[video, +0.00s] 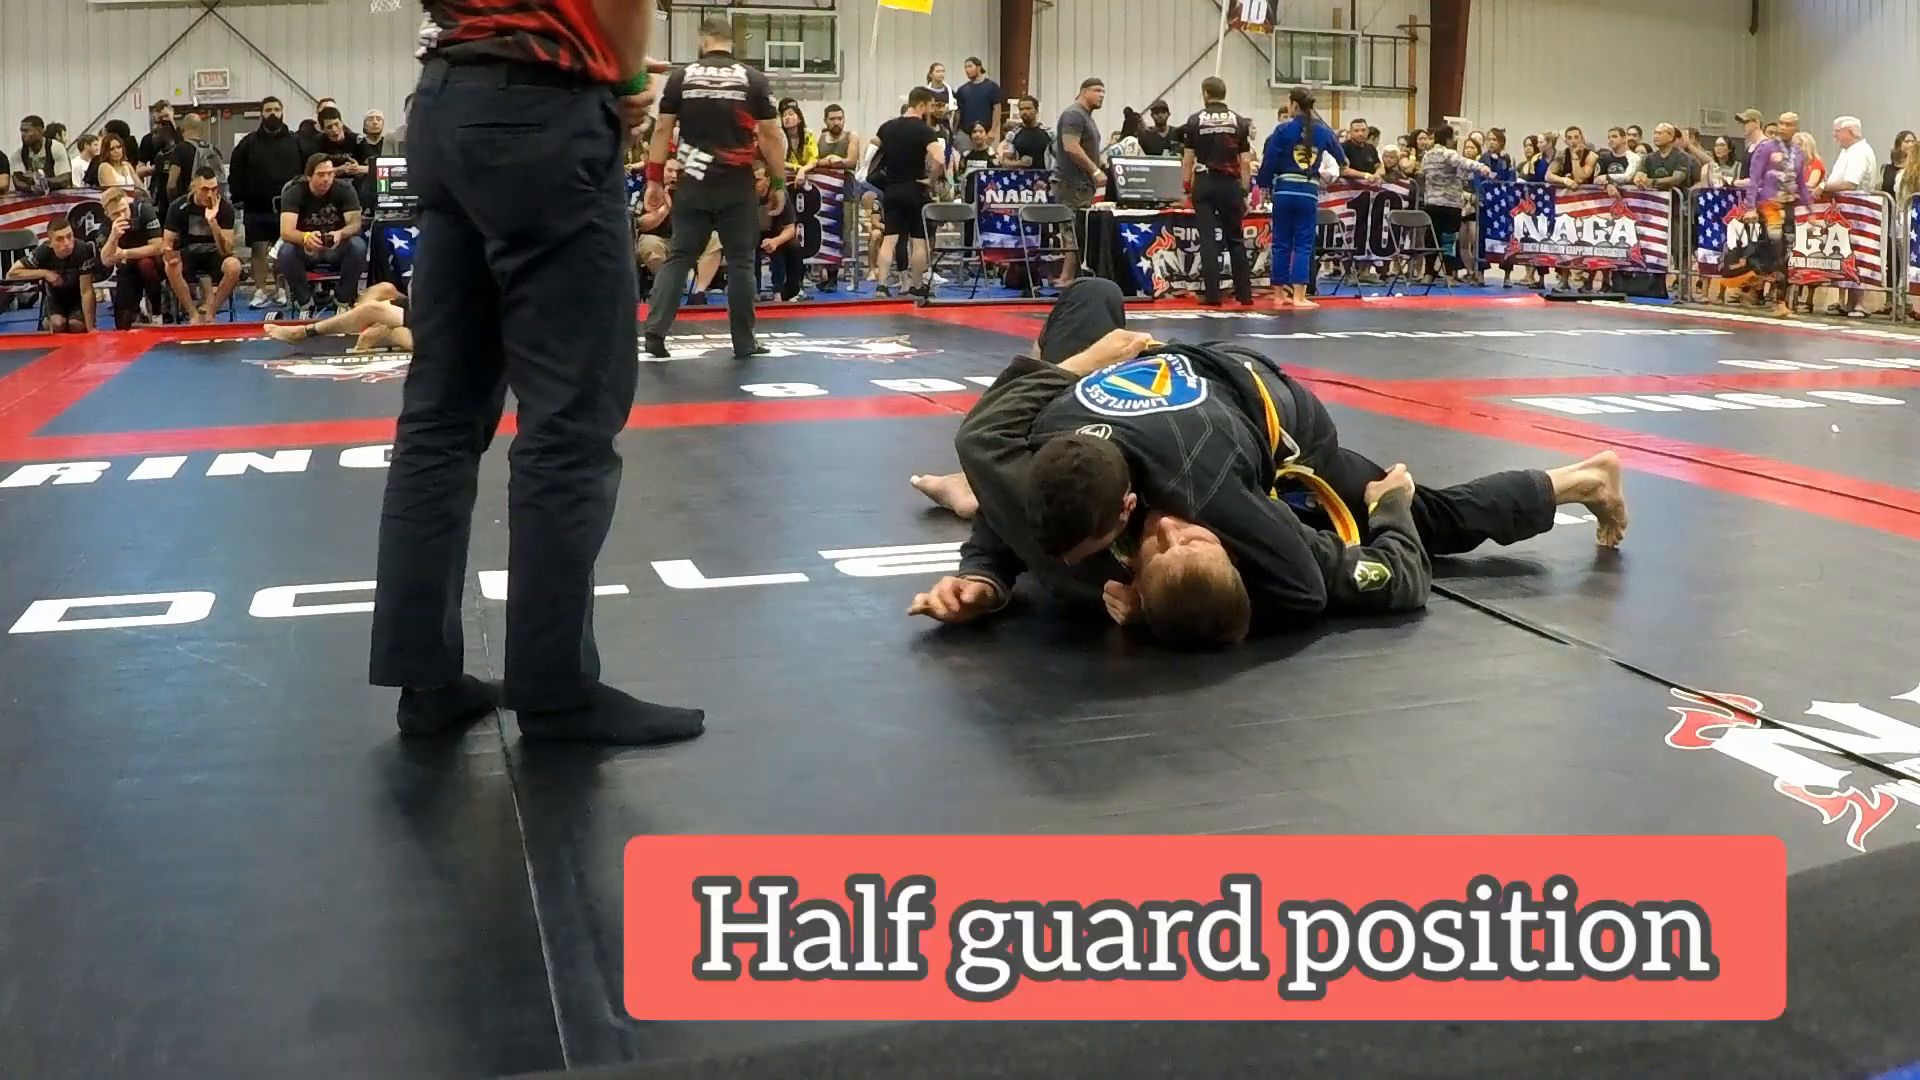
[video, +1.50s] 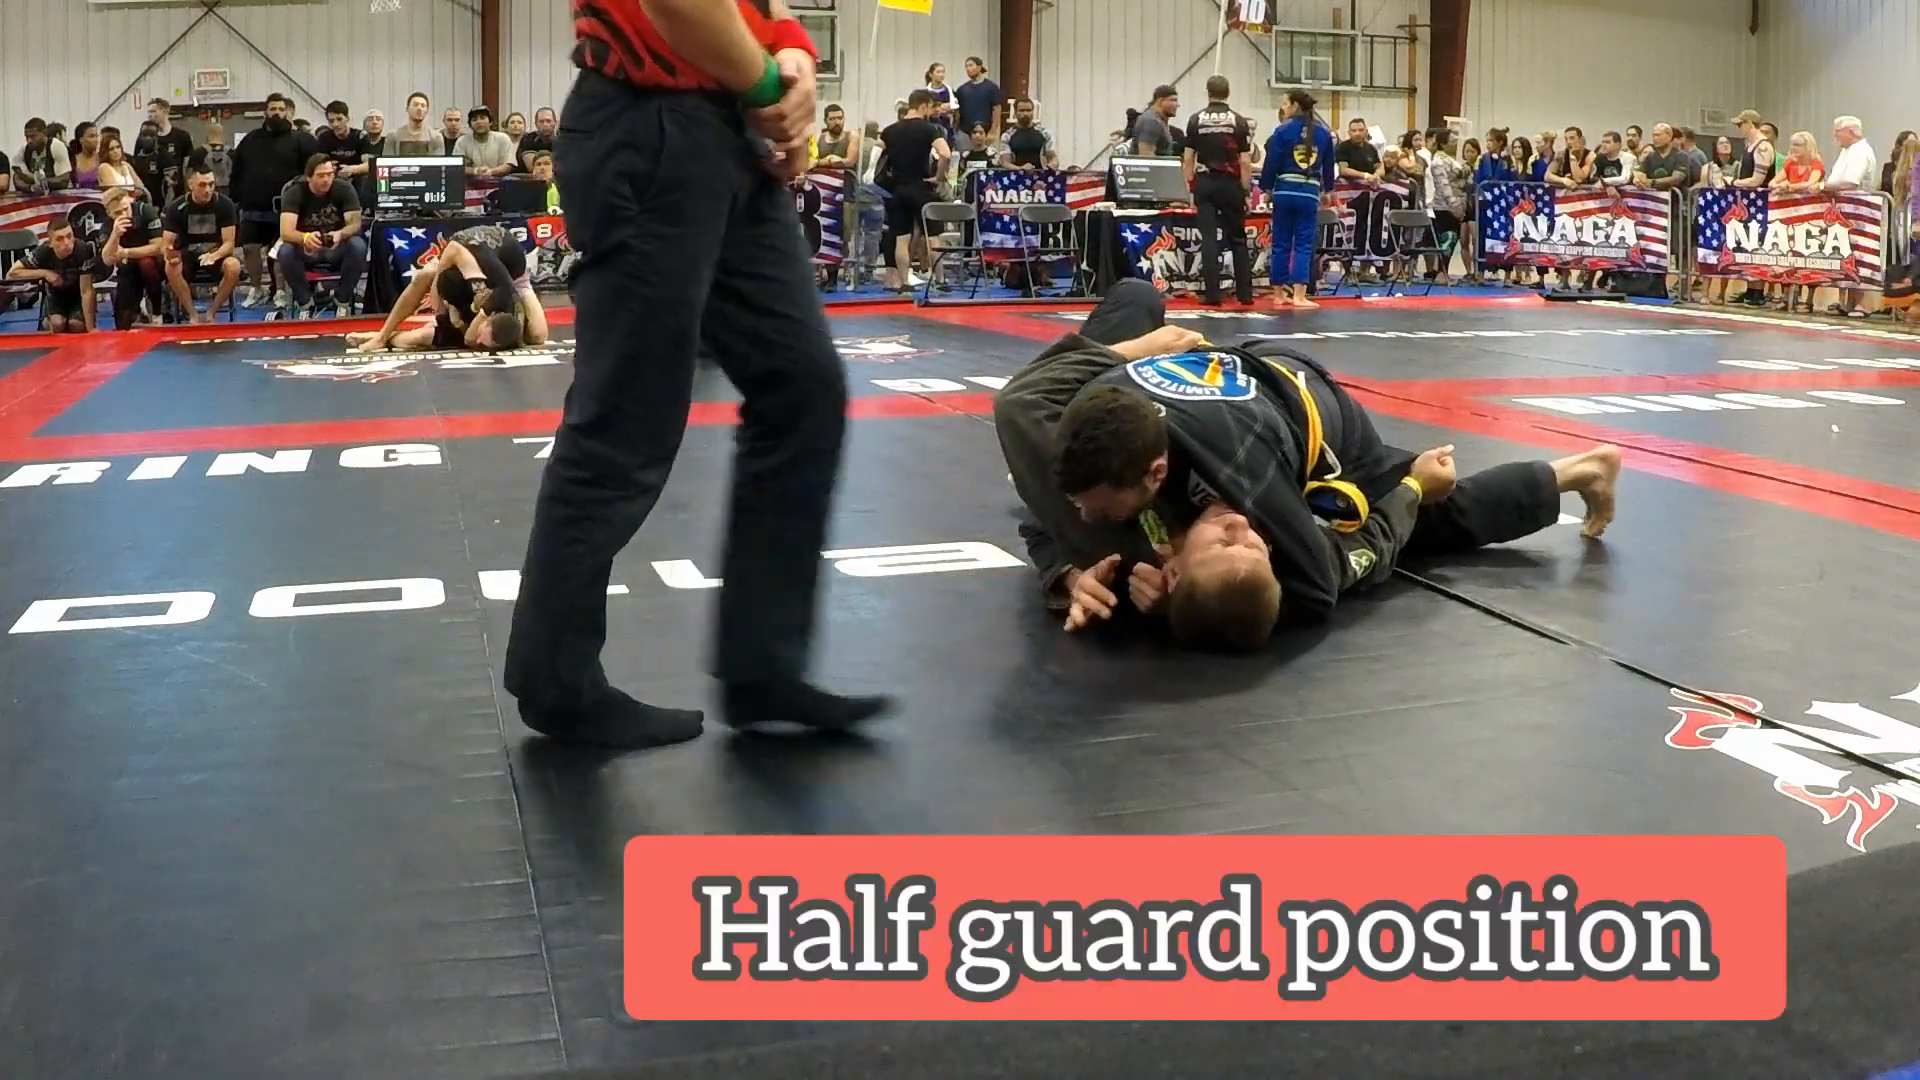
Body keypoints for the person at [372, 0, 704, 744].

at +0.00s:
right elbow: (622, 6)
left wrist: (607, 78)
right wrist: (629, 77)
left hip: (448, 96)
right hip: (548, 108)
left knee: (442, 418)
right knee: (571, 423)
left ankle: (428, 683)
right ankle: (556, 690)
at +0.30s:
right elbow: (660, 6)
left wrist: (665, 85)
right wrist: (681, 78)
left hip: (498, 95)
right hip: (595, 110)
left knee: (480, 414)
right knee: (592, 428)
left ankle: (431, 677)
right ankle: (559, 692)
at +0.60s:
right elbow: (681, 8)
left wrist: (699, 79)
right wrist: (715, 79)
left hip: (534, 98)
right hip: (620, 115)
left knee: (528, 401)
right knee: (611, 422)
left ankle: (440, 657)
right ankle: (559, 689)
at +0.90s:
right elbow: (673, 7)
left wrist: (713, 74)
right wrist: (727, 77)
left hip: (570, 105)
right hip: (619, 118)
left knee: (573, 409)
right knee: (601, 423)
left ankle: (473, 646)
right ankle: (550, 688)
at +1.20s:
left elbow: (704, 13)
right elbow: (662, 9)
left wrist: (761, 70)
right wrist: (736, 88)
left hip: (659, 115)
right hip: (619, 117)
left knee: (693, 386)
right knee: (605, 424)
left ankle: (520, 599)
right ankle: (549, 688)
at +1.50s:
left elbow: (755, 9)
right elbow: (672, 5)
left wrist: (798, 58)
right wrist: (768, 94)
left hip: (730, 123)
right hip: (644, 119)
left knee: (802, 392)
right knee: (621, 426)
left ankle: (761, 677)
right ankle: (556, 684)